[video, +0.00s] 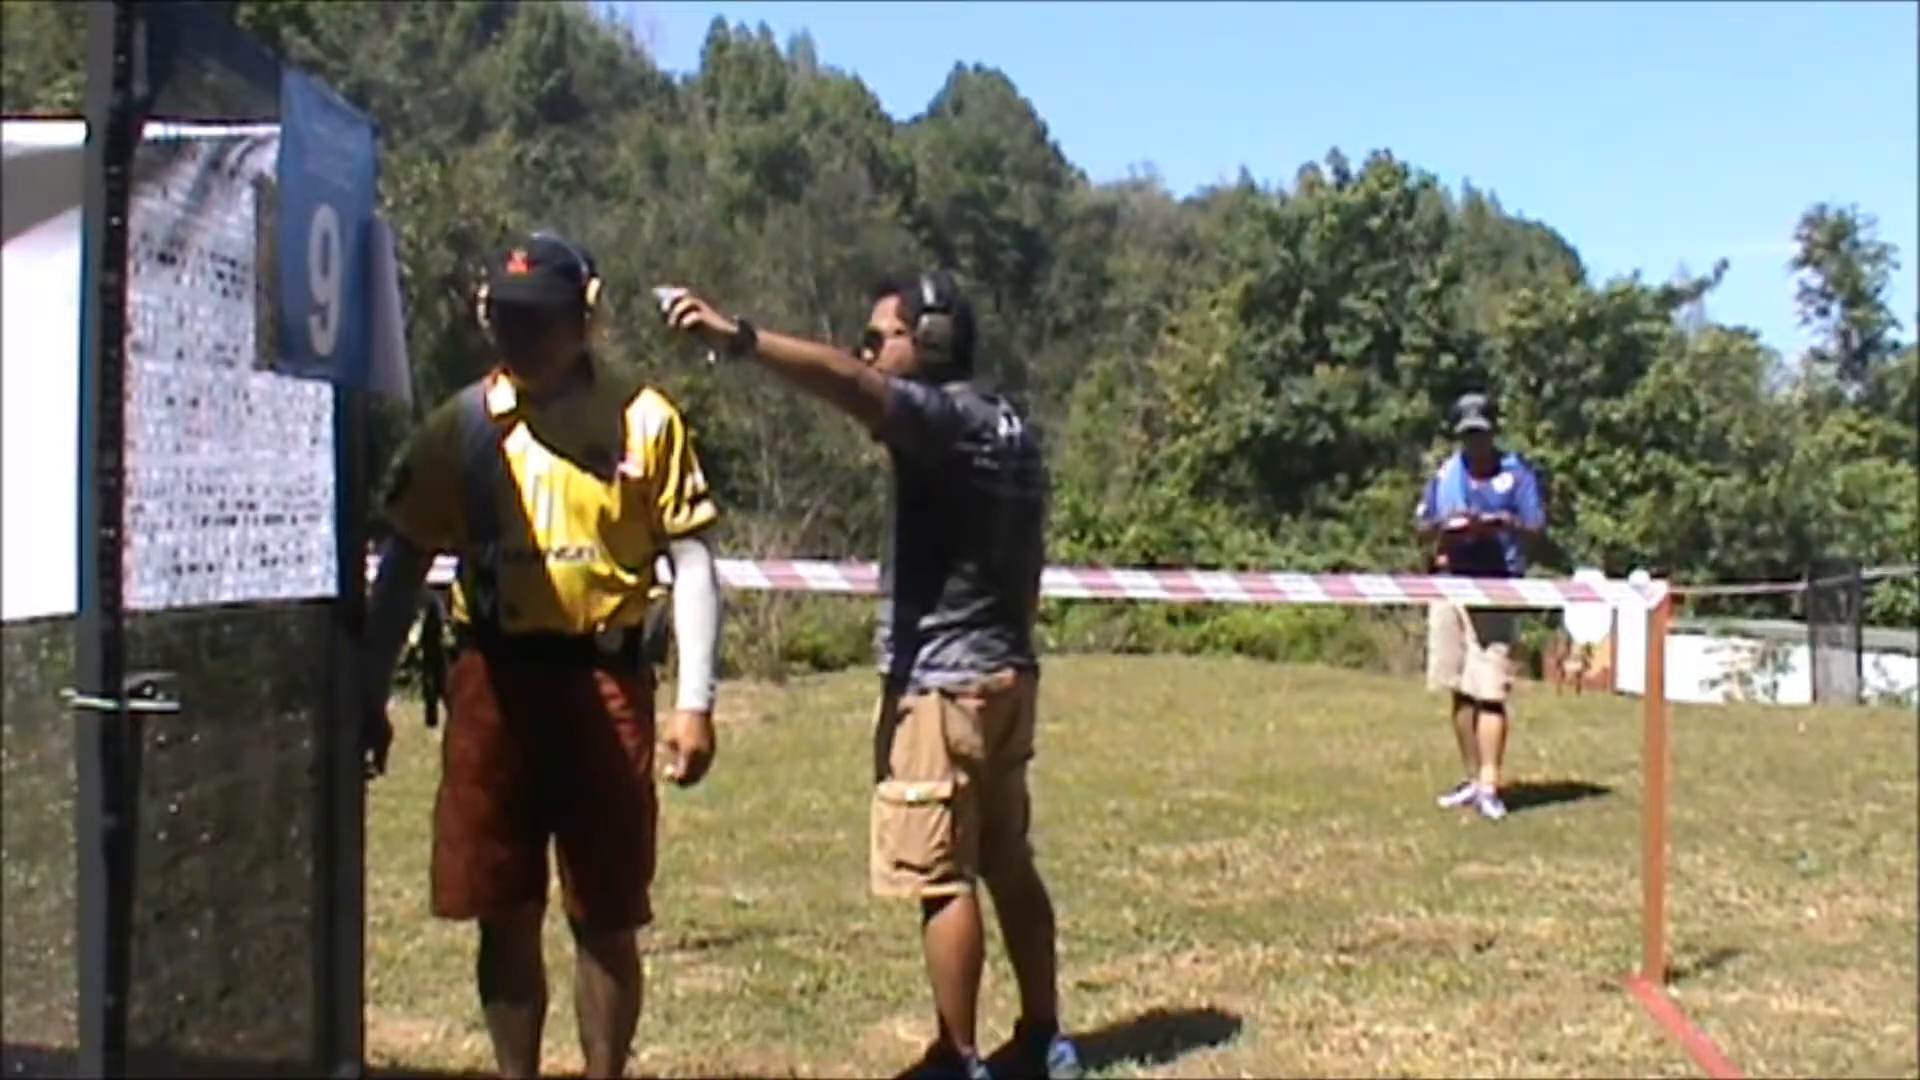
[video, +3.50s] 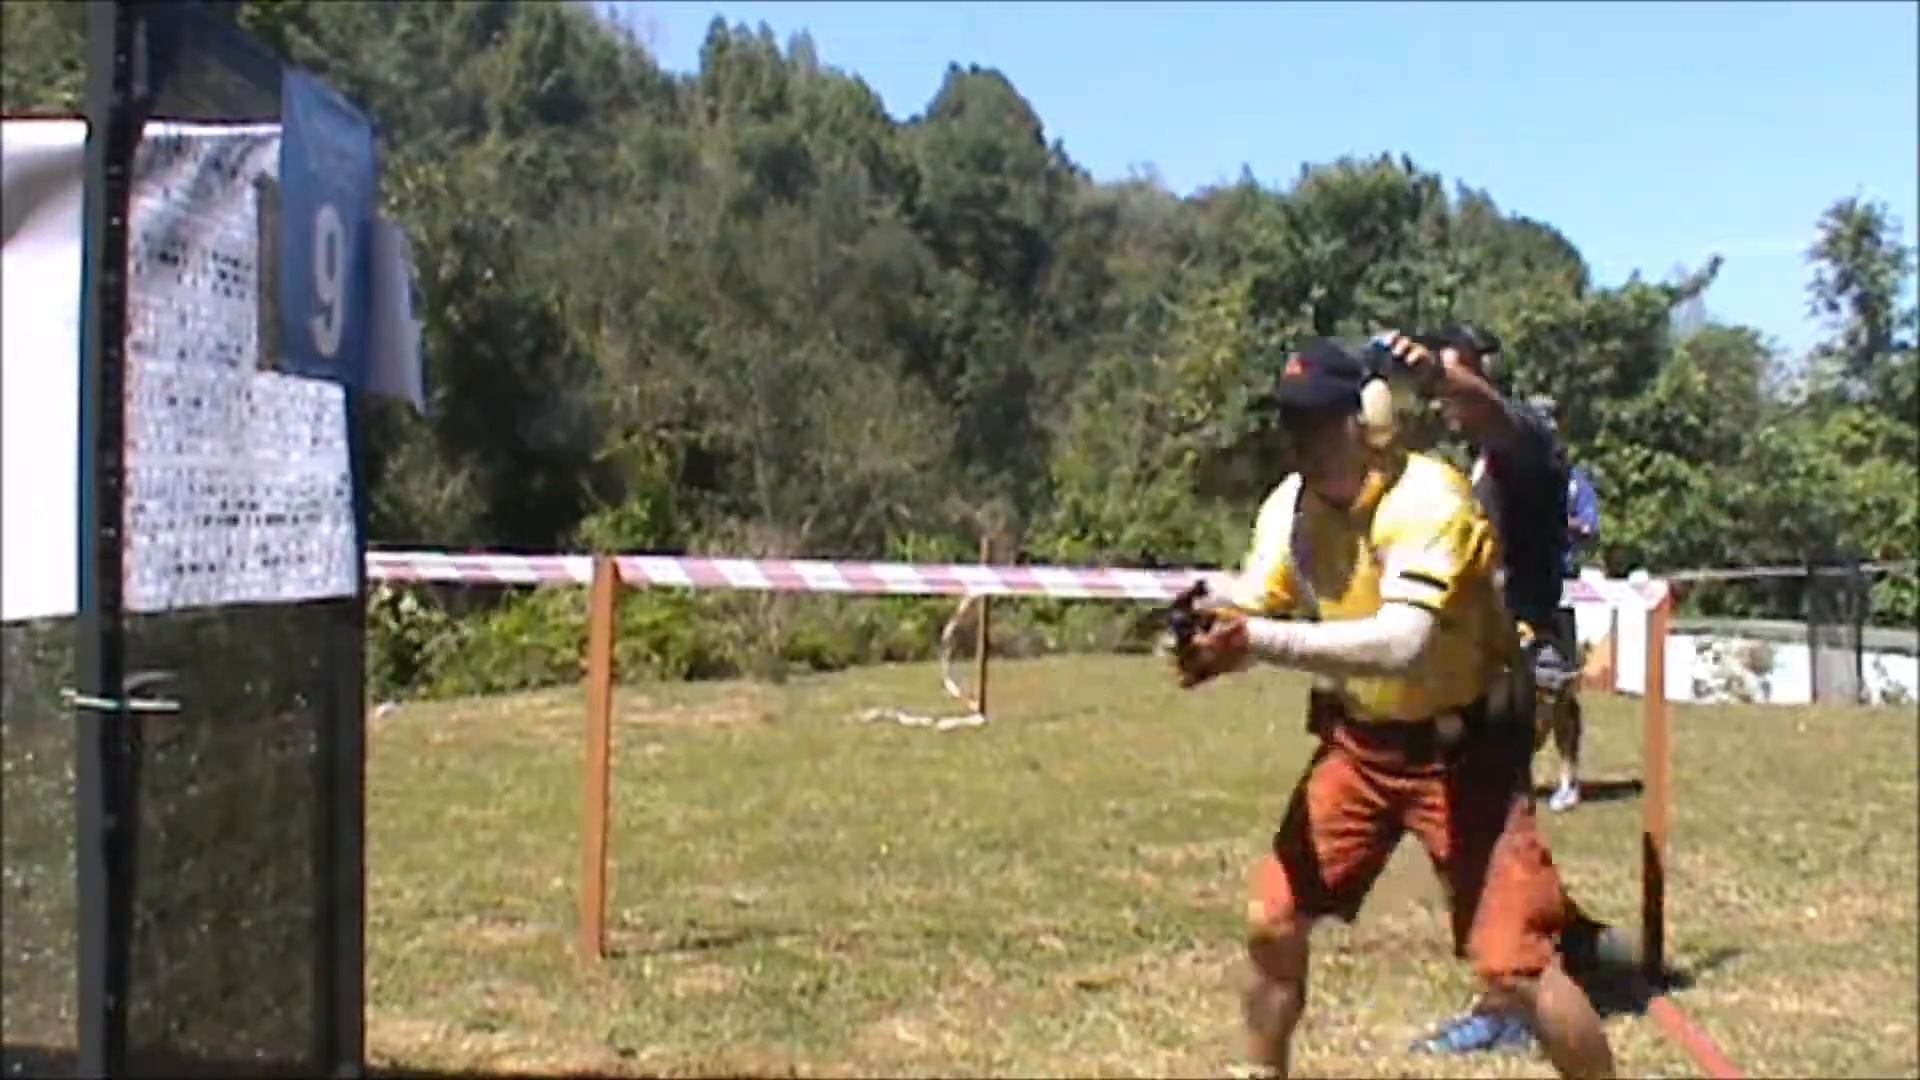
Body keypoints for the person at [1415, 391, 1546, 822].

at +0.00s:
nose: (1475, 442)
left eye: (1482, 434)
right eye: (1468, 435)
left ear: (1494, 434)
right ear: (1458, 437)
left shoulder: (1517, 474)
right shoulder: (1446, 473)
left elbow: (1537, 534)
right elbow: (1423, 525)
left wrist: (1504, 522)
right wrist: (1452, 525)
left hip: (1497, 588)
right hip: (1451, 587)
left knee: (1491, 691)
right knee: (1460, 690)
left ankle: (1490, 783)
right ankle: (1472, 776)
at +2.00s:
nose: (1479, 444)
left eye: (1486, 435)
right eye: (1472, 436)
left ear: (1498, 436)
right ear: (1463, 439)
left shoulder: (1520, 479)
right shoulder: (1448, 472)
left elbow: (1540, 538)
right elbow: (1415, 515)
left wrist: (1508, 526)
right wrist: (1447, 520)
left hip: (1495, 589)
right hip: (1450, 588)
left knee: (1490, 690)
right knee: (1459, 689)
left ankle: (1489, 783)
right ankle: (1471, 776)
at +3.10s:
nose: (1493, 437)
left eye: (1500, 428)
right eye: (1486, 429)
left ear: (1512, 431)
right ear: (1476, 432)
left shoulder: (1531, 477)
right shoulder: (1456, 473)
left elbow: (1549, 529)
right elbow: (1427, 516)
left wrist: (1511, 526)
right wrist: (1468, 523)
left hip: (1513, 588)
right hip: (1465, 587)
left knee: (1525, 685)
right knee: (1469, 688)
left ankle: (1540, 772)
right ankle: (1477, 778)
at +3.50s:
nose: (1544, 436)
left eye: (1549, 425)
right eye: (1535, 426)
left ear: (1560, 431)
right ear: (1520, 433)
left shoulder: (1572, 481)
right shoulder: (1506, 481)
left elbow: (1588, 527)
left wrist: (1551, 526)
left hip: (1552, 592)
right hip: (1507, 591)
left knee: (1560, 688)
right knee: (1516, 690)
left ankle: (1569, 774)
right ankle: (1517, 772)